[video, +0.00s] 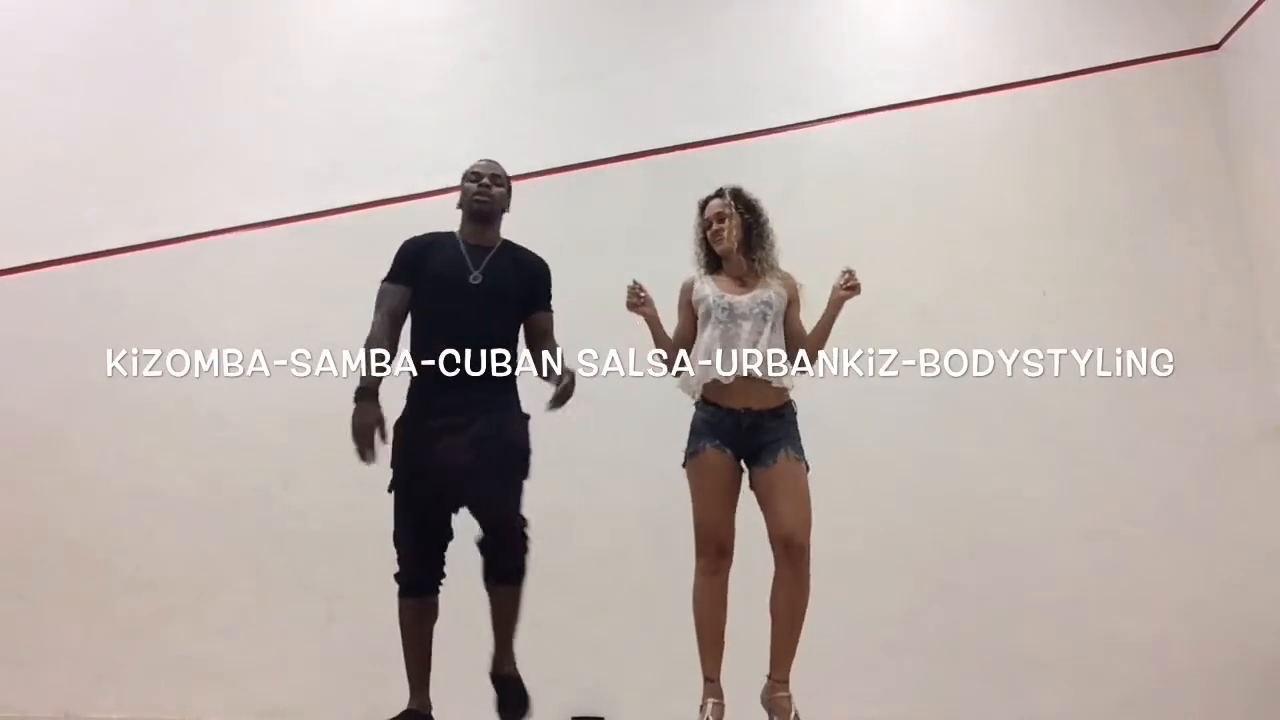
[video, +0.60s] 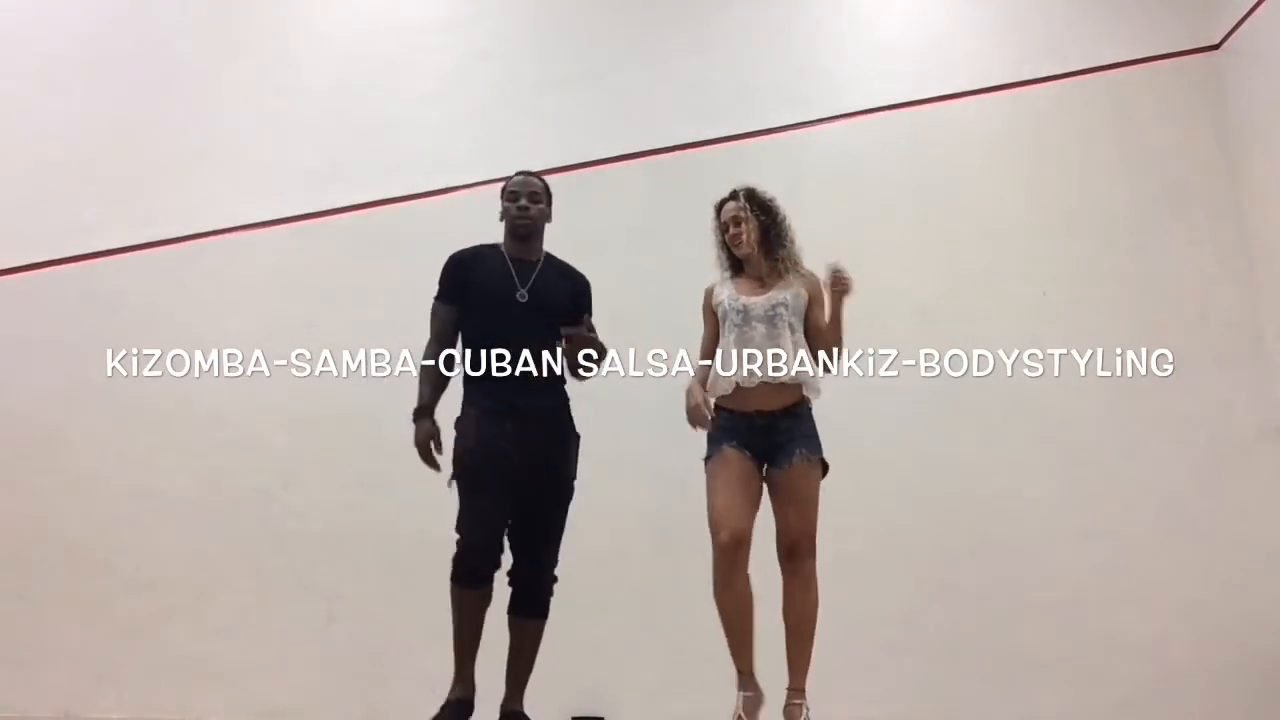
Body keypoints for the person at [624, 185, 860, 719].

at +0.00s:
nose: (718, 226)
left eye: (726, 217)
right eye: (711, 222)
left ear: (748, 222)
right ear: (705, 235)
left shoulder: (782, 284)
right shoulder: (696, 288)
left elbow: (803, 356)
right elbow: (675, 358)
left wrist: (834, 305)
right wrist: (651, 318)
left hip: (775, 427)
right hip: (714, 426)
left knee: (795, 546)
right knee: (714, 554)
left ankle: (779, 686)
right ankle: (711, 692)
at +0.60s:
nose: (735, 231)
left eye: (742, 220)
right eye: (728, 226)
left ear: (765, 223)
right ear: (722, 236)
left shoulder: (802, 284)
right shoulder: (719, 294)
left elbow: (827, 352)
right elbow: (705, 363)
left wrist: (837, 302)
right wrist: (696, 387)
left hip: (792, 427)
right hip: (731, 429)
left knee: (797, 554)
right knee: (728, 543)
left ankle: (796, 696)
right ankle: (746, 687)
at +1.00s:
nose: (715, 227)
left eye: (722, 218)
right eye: (708, 221)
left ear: (744, 222)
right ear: (701, 232)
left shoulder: (778, 282)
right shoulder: (693, 289)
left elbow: (799, 348)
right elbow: (675, 355)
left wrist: (761, 319)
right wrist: (670, 383)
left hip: (764, 424)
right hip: (702, 424)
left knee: (776, 551)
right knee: (699, 550)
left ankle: (787, 690)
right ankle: (694, 690)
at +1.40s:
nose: (713, 225)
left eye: (721, 215)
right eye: (707, 219)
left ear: (743, 221)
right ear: (700, 231)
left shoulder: (776, 285)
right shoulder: (689, 286)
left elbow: (800, 354)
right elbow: (668, 359)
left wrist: (783, 380)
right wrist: (685, 327)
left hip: (757, 427)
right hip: (696, 423)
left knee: (778, 541)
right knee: (689, 552)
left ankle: (762, 684)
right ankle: (689, 689)